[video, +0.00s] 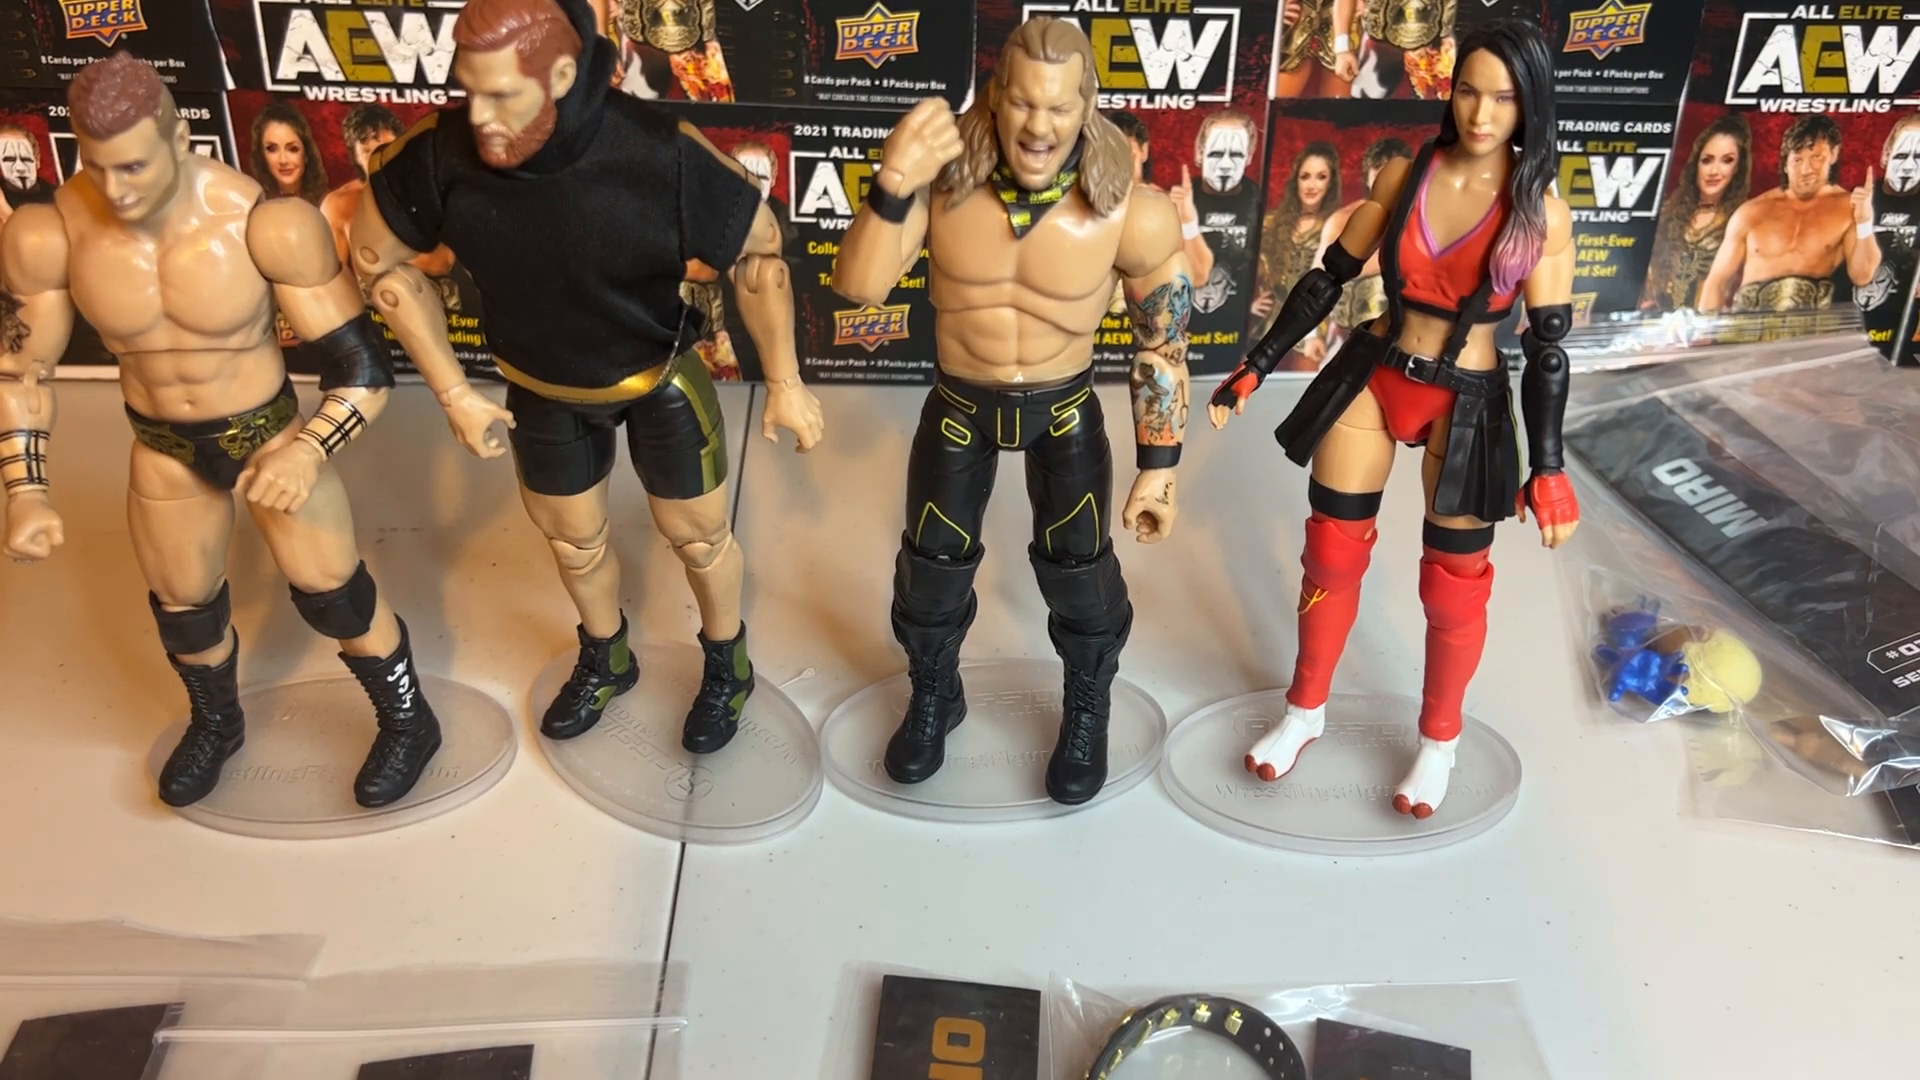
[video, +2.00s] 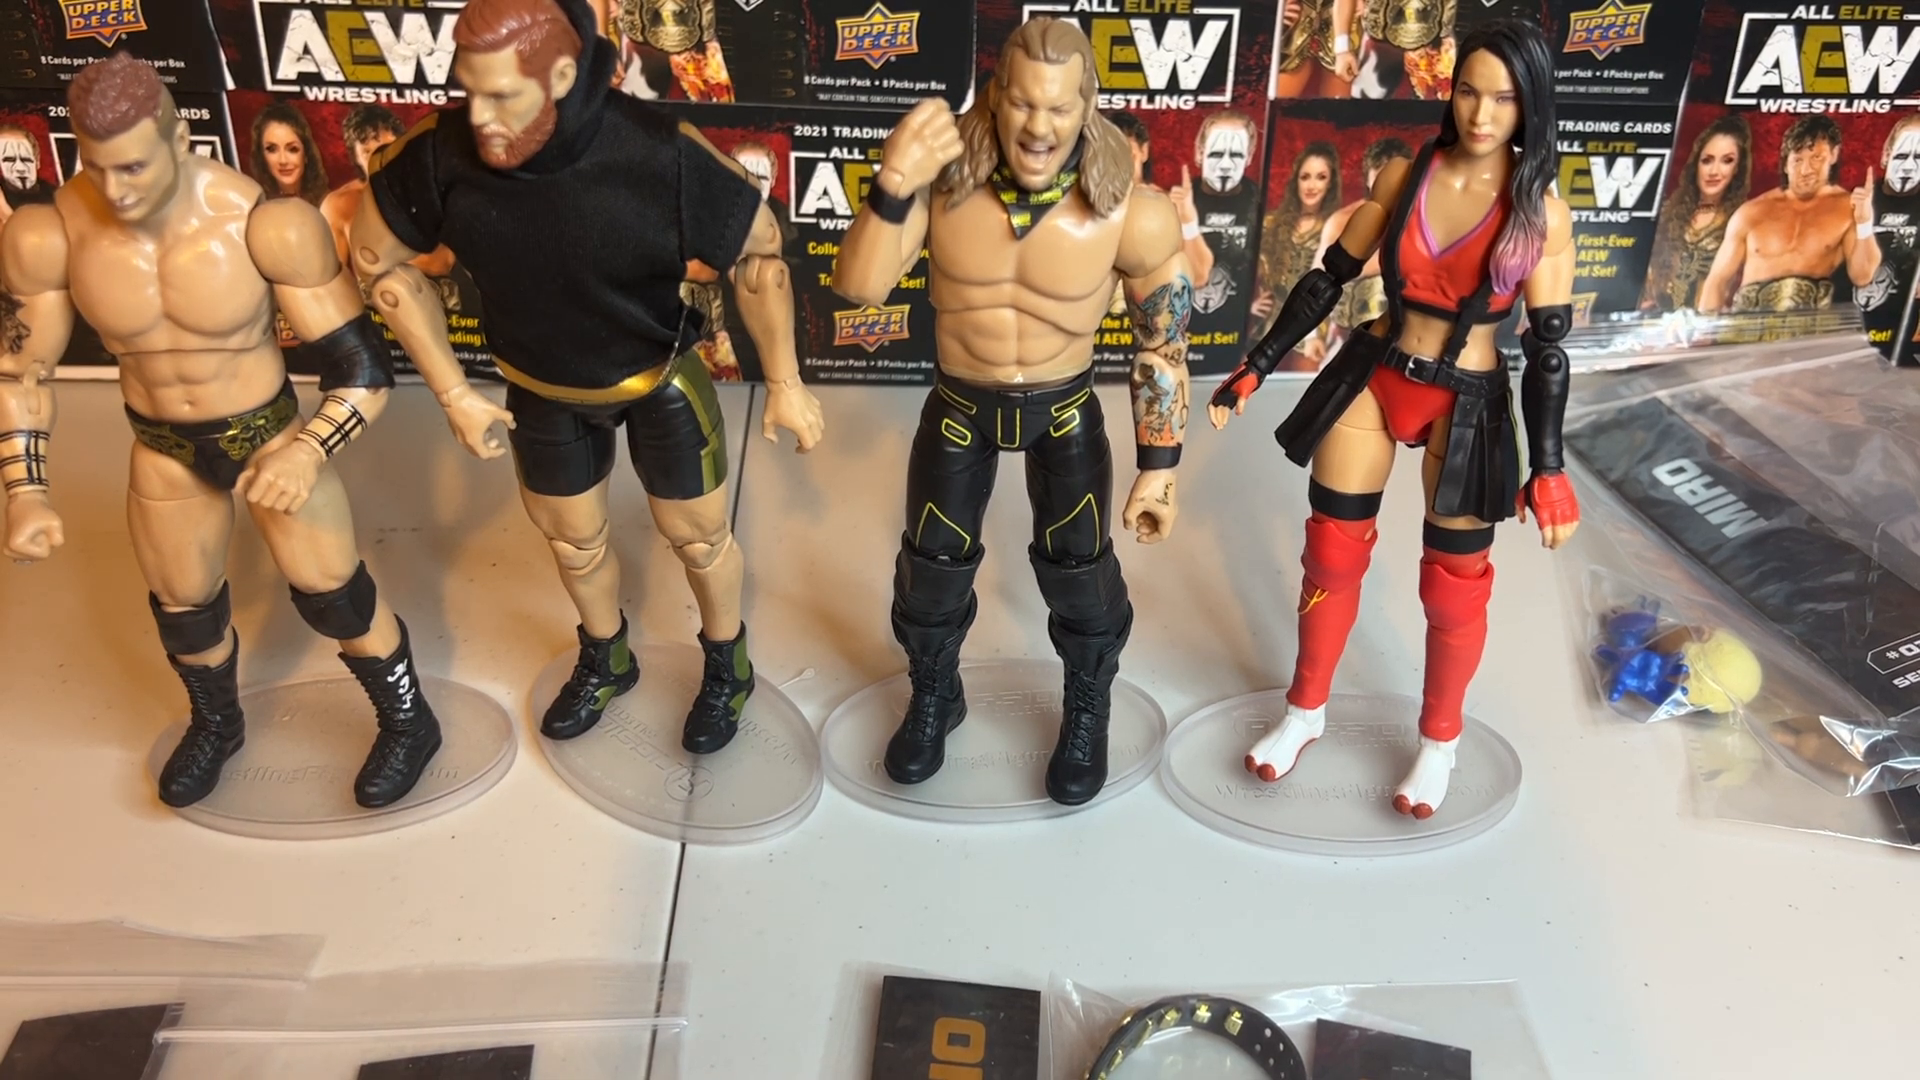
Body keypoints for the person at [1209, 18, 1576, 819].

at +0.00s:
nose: (1479, 113)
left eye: (1500, 98)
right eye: (1469, 93)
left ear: (1528, 108)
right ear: (1450, 93)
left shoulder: (1540, 208)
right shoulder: (1406, 174)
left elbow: (1549, 343)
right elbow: (1332, 273)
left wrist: (1548, 464)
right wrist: (1256, 363)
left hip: (1466, 404)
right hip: (1371, 382)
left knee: (1453, 589)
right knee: (1331, 558)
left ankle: (1437, 742)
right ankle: (1304, 710)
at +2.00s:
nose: (1479, 113)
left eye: (1501, 99)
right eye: (1469, 93)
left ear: (1528, 108)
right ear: (1450, 93)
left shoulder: (1540, 209)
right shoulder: (1406, 174)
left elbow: (1549, 344)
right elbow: (1333, 273)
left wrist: (1549, 464)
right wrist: (1256, 363)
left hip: (1466, 405)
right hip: (1371, 383)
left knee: (1454, 590)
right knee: (1331, 559)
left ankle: (1438, 742)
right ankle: (1304, 710)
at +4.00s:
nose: (1480, 113)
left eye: (1501, 99)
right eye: (1469, 94)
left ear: (1528, 108)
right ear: (1451, 94)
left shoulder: (1540, 209)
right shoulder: (1406, 175)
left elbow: (1548, 345)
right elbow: (1332, 274)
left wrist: (1549, 466)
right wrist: (1256, 364)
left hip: (1467, 404)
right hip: (1372, 382)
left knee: (1454, 591)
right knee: (1331, 559)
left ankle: (1438, 741)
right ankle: (1304, 710)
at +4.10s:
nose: (1480, 113)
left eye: (1501, 99)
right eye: (1469, 94)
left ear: (1529, 109)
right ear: (1451, 94)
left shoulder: (1540, 210)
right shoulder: (1406, 175)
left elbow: (1549, 346)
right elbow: (1333, 275)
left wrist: (1549, 467)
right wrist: (1256, 364)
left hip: (1467, 404)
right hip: (1372, 382)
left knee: (1454, 590)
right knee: (1331, 559)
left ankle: (1438, 741)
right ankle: (1305, 709)